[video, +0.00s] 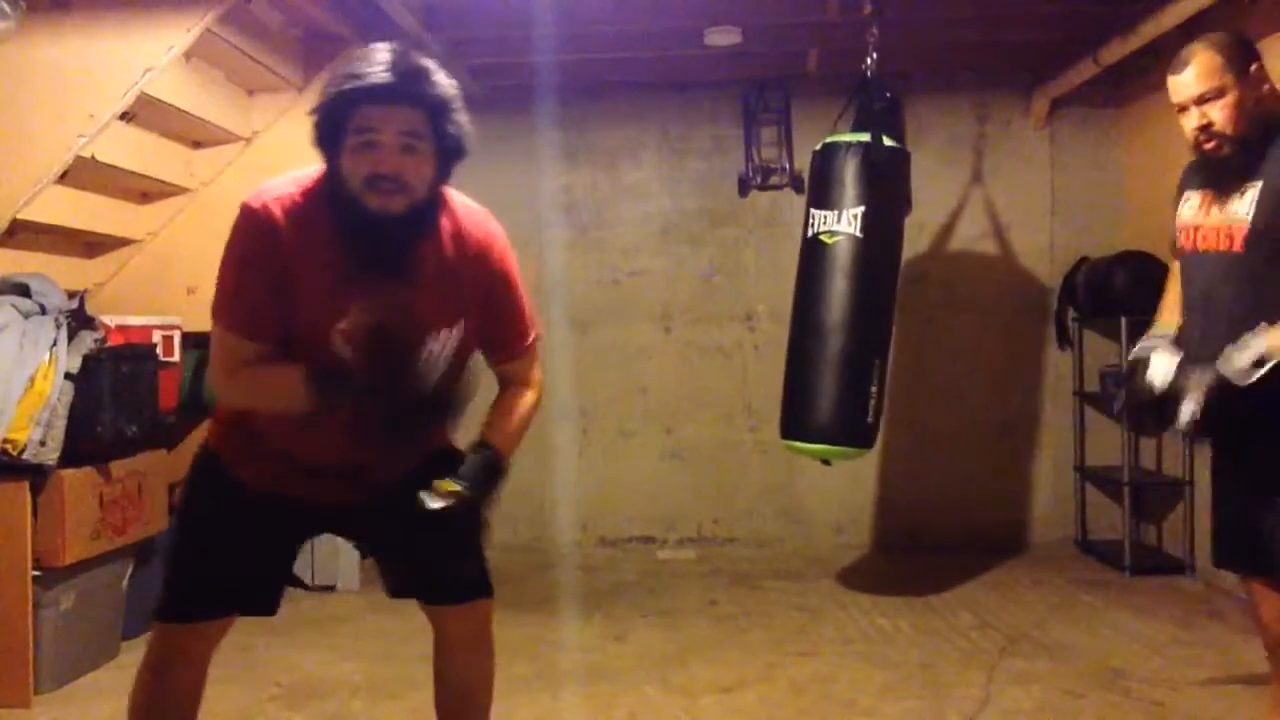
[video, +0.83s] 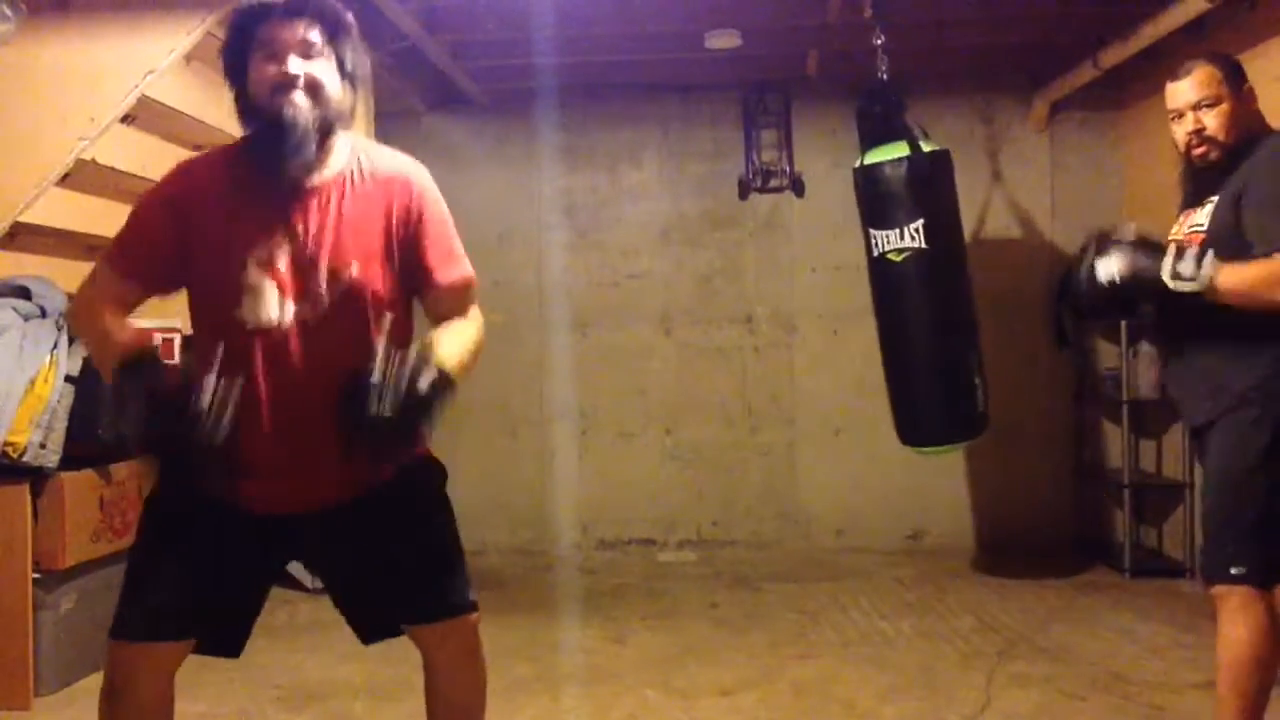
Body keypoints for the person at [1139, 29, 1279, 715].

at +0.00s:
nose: (1197, 123)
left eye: (1210, 99)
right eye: (1183, 109)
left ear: (1258, 84)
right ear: (1173, 111)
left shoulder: (1277, 166)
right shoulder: (1196, 176)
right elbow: (1184, 273)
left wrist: (1275, 337)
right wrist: (1163, 338)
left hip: (1279, 412)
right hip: (1236, 411)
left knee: (1271, 580)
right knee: (1259, 573)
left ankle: (1275, 689)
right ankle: (1274, 686)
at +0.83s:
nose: (1190, 127)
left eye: (1204, 107)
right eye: (1177, 116)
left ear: (1245, 100)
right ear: (1170, 122)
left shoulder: (1267, 166)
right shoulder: (1205, 186)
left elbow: (1275, 280)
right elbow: (1204, 281)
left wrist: (1193, 273)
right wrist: (1144, 281)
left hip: (1254, 407)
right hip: (1224, 408)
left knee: (1236, 584)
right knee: (1247, 582)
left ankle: (1237, 714)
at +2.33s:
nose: (1238, 117)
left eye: (1253, 97)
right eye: (1228, 106)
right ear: (1223, 117)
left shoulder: (1274, 195)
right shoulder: (1242, 196)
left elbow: (1275, 280)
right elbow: (1193, 291)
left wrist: (1243, 220)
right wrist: (1177, 231)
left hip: (1272, 421)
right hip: (1248, 423)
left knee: (1256, 602)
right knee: (1254, 599)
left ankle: (1242, 711)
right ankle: (1250, 706)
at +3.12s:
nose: (1189, 112)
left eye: (1204, 90)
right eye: (1185, 97)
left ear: (1261, 81)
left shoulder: (1266, 165)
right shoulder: (1233, 174)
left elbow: (1254, 278)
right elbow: (1204, 273)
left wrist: (1144, 238)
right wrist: (1115, 255)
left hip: (1250, 420)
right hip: (1222, 419)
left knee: (1221, 614)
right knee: (1223, 612)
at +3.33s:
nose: (1108, 106)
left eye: (1118, 85)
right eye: (1104, 90)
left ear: (1176, 75)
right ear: (1173, 81)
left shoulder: (1214, 147)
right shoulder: (1176, 152)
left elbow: (1151, 267)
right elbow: (1117, 261)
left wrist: (1046, 233)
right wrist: (1027, 221)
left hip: (1226, 412)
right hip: (1205, 411)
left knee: (1195, 608)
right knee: (1196, 605)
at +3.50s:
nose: (1041, 118)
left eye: (1054, 96)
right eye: (1039, 102)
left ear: (1111, 85)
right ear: (1108, 91)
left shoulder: (1151, 150)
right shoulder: (1125, 153)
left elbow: (1046, 261)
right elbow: (1053, 254)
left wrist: (952, 202)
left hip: (1225, 413)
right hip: (1207, 409)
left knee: (1188, 610)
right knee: (1191, 608)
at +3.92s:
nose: (1053, 116)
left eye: (1064, 94)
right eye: (1051, 100)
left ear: (1118, 80)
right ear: (1113, 87)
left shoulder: (1164, 151)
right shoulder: (1123, 160)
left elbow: (1081, 282)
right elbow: (1046, 270)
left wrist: (983, 266)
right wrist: (946, 260)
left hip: (1227, 417)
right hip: (1196, 416)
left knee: (1189, 609)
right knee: (1187, 606)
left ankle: (1191, 715)